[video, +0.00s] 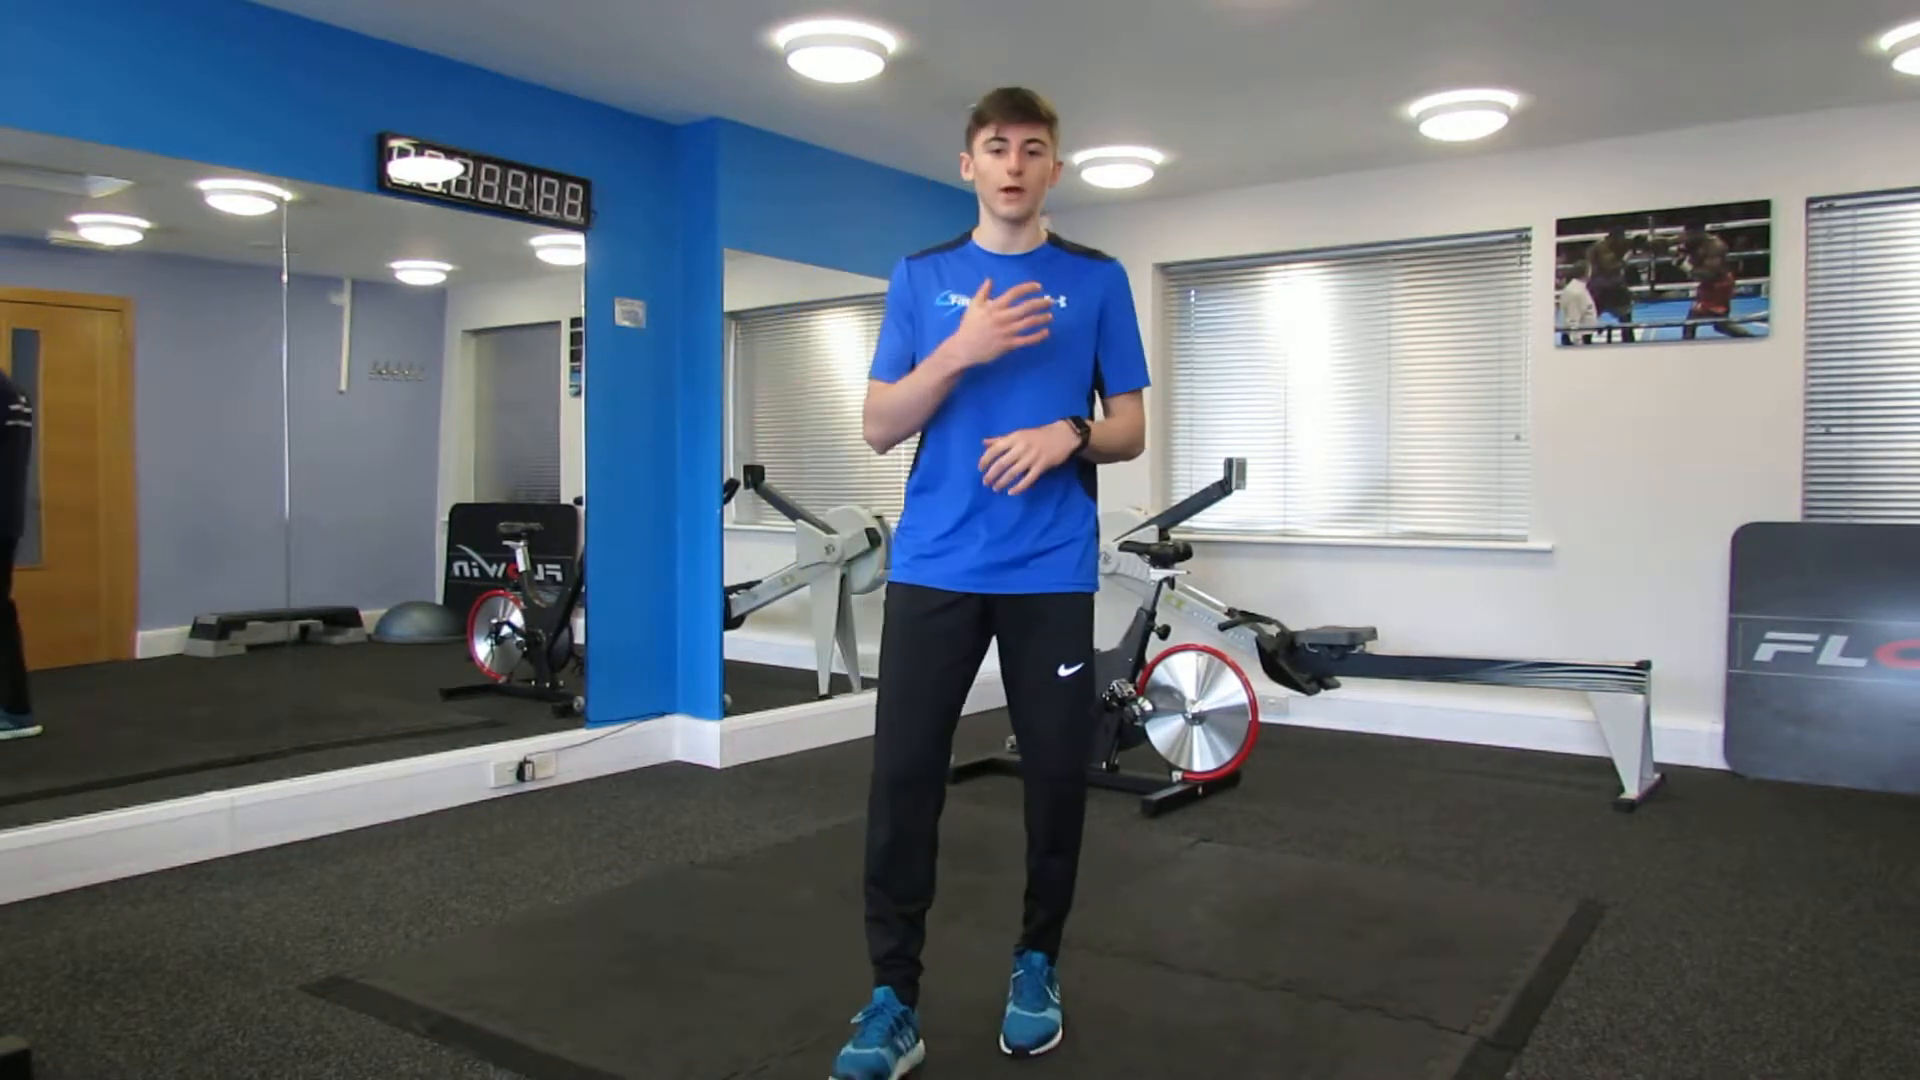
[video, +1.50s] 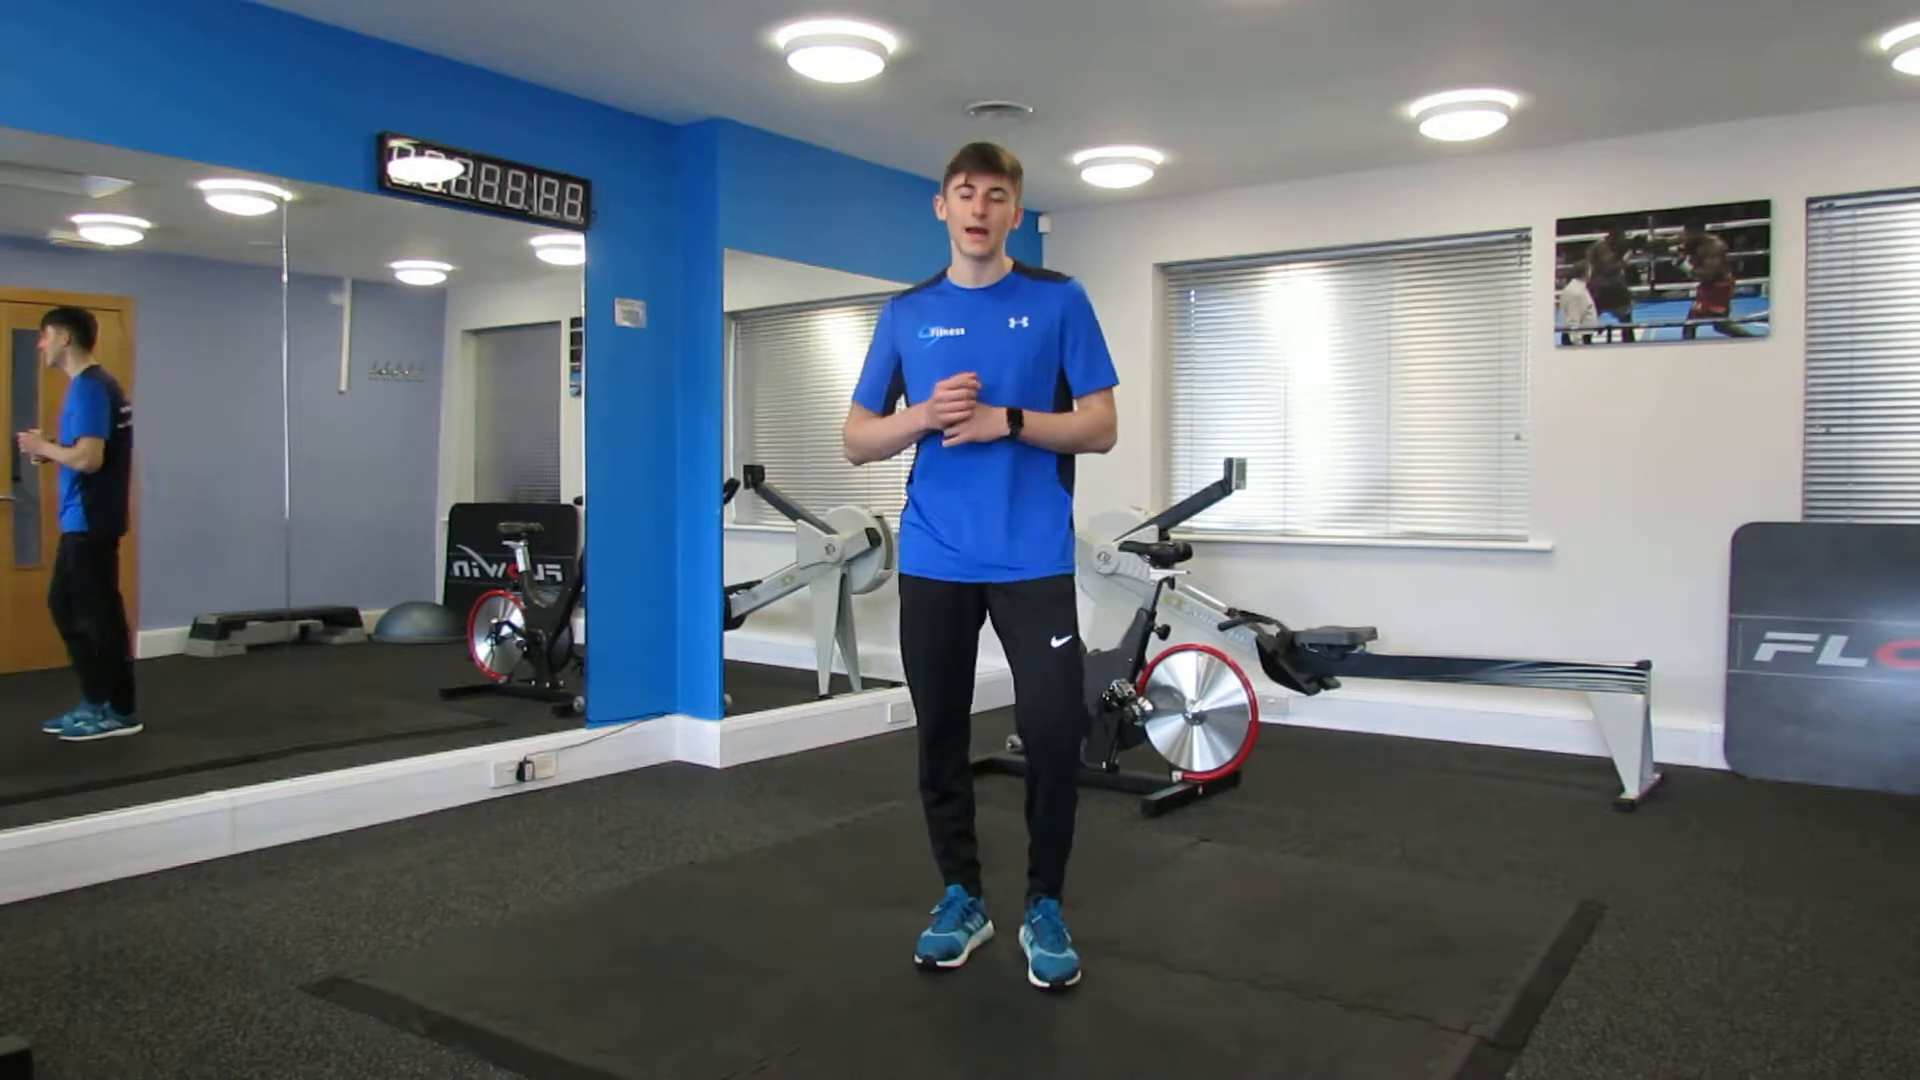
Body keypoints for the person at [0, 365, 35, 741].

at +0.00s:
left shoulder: (14, 400)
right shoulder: (19, 400)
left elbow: (15, 483)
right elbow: (17, 482)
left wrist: (13, 536)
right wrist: (14, 535)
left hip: (6, 535)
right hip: (10, 533)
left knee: (6, 611)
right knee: (6, 609)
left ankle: (17, 708)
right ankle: (17, 707)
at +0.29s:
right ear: (18, 340)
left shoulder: (10, 387)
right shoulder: (42, 389)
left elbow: (3, 452)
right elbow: (43, 462)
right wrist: (32, 513)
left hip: (10, 520)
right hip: (28, 519)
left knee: (10, 607)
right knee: (15, 606)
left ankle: (14, 705)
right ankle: (19, 701)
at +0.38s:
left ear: (3, 340)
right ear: (24, 340)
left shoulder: (14, 385)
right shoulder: (48, 387)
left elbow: (11, 453)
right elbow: (47, 460)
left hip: (13, 522)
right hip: (34, 520)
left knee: (9, 609)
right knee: (16, 607)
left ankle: (15, 706)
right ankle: (43, 687)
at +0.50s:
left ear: (13, 340)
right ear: (31, 341)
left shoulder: (24, 385)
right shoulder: (59, 387)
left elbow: (24, 455)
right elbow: (51, 458)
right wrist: (10, 451)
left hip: (20, 524)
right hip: (41, 523)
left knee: (18, 612)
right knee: (16, 613)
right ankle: (16, 711)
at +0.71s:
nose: (7, 345)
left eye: (12, 337)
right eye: (9, 337)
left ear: (32, 339)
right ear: (44, 341)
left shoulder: (54, 387)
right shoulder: (64, 387)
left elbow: (35, 453)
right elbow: (27, 451)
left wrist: (3, 421)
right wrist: (10, 418)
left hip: (56, 530)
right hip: (51, 529)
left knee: (78, 616)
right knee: (28, 614)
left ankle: (119, 708)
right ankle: (19, 711)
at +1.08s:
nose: (34, 347)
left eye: (39, 338)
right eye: (34, 338)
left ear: (62, 340)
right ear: (67, 342)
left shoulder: (87, 387)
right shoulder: (87, 385)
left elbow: (98, 459)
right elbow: (91, 454)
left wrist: (44, 446)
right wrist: (48, 451)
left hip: (96, 528)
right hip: (89, 526)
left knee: (100, 616)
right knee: (66, 614)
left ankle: (122, 710)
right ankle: (35, 708)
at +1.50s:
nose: (40, 345)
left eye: (45, 336)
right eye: (41, 336)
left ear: (67, 339)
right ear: (75, 340)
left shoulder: (92, 387)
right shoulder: (92, 384)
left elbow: (89, 458)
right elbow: (87, 454)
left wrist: (44, 447)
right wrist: (49, 452)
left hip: (92, 526)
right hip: (86, 525)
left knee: (94, 610)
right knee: (65, 604)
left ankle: (117, 708)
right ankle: (96, 702)